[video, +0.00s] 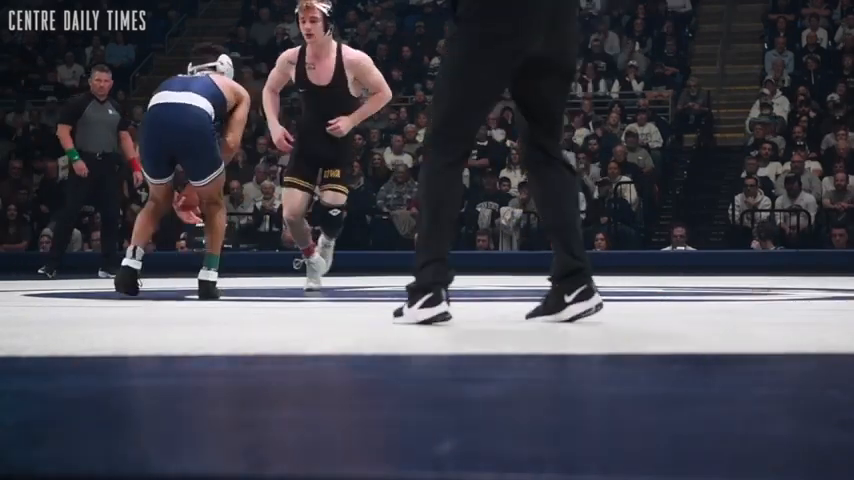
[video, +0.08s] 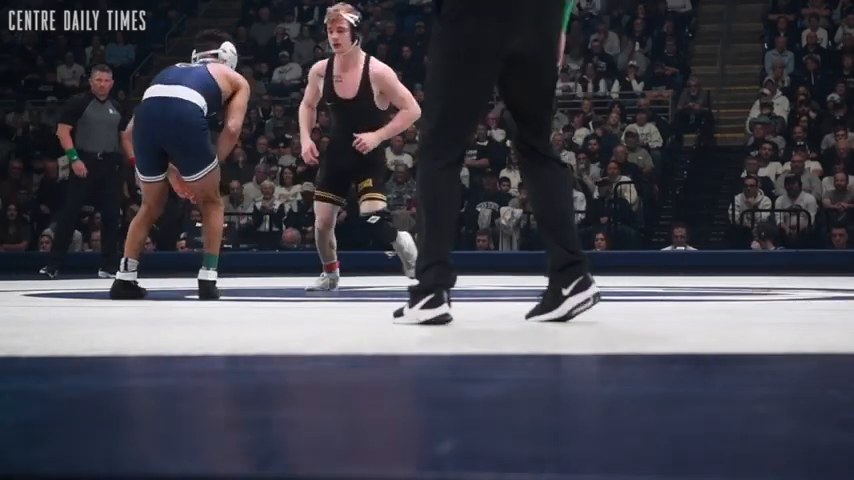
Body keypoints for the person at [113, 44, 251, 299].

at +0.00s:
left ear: (197, 71)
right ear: (225, 74)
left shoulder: (175, 82)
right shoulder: (238, 91)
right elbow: (231, 142)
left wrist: (175, 194)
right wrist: (199, 187)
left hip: (153, 128)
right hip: (194, 128)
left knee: (157, 200)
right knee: (213, 204)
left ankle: (131, 261)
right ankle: (209, 276)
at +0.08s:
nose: (234, 64)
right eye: (233, 61)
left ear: (199, 58)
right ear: (228, 60)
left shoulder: (174, 72)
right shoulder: (237, 80)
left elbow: (133, 131)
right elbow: (232, 128)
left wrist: (172, 173)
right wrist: (211, 167)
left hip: (144, 126)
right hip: (186, 125)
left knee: (150, 206)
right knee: (210, 202)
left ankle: (125, 276)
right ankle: (208, 278)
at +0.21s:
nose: (239, 47)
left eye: (237, 44)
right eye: (239, 43)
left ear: (204, 42)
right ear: (234, 43)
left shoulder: (178, 60)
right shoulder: (236, 63)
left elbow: (124, 103)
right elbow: (236, 99)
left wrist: (154, 148)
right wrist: (220, 147)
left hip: (140, 118)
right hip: (177, 115)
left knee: (148, 205)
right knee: (218, 194)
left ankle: (125, 275)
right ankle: (210, 272)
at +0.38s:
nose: (257, 49)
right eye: (259, 45)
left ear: (227, 35)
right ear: (254, 39)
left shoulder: (195, 51)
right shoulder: (248, 46)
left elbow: (142, 77)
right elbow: (247, 62)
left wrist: (159, 110)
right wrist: (231, 118)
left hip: (148, 113)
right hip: (183, 112)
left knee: (150, 204)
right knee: (237, 191)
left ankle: (124, 277)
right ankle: (247, 273)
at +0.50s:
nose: (288, 50)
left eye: (288, 46)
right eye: (289, 44)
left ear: (259, 32)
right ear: (286, 37)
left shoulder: (235, 47)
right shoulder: (273, 49)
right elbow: (258, 82)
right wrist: (247, 137)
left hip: (171, 113)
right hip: (201, 114)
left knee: (162, 204)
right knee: (252, 196)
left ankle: (127, 276)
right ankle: (260, 279)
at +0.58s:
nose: (305, 47)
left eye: (307, 41)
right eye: (307, 41)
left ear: (279, 30)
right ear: (302, 36)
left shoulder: (252, 49)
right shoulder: (287, 52)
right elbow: (271, 97)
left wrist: (208, 162)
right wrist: (267, 151)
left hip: (187, 118)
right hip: (215, 118)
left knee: (184, 205)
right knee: (266, 198)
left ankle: (134, 270)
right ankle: (262, 280)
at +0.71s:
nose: (334, 33)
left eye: (334, 27)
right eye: (333, 27)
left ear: (302, 22)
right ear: (325, 27)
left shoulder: (281, 43)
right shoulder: (306, 47)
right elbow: (292, 102)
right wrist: (289, 157)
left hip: (214, 121)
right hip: (236, 122)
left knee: (230, 205)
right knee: (282, 200)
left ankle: (165, 253)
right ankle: (264, 279)